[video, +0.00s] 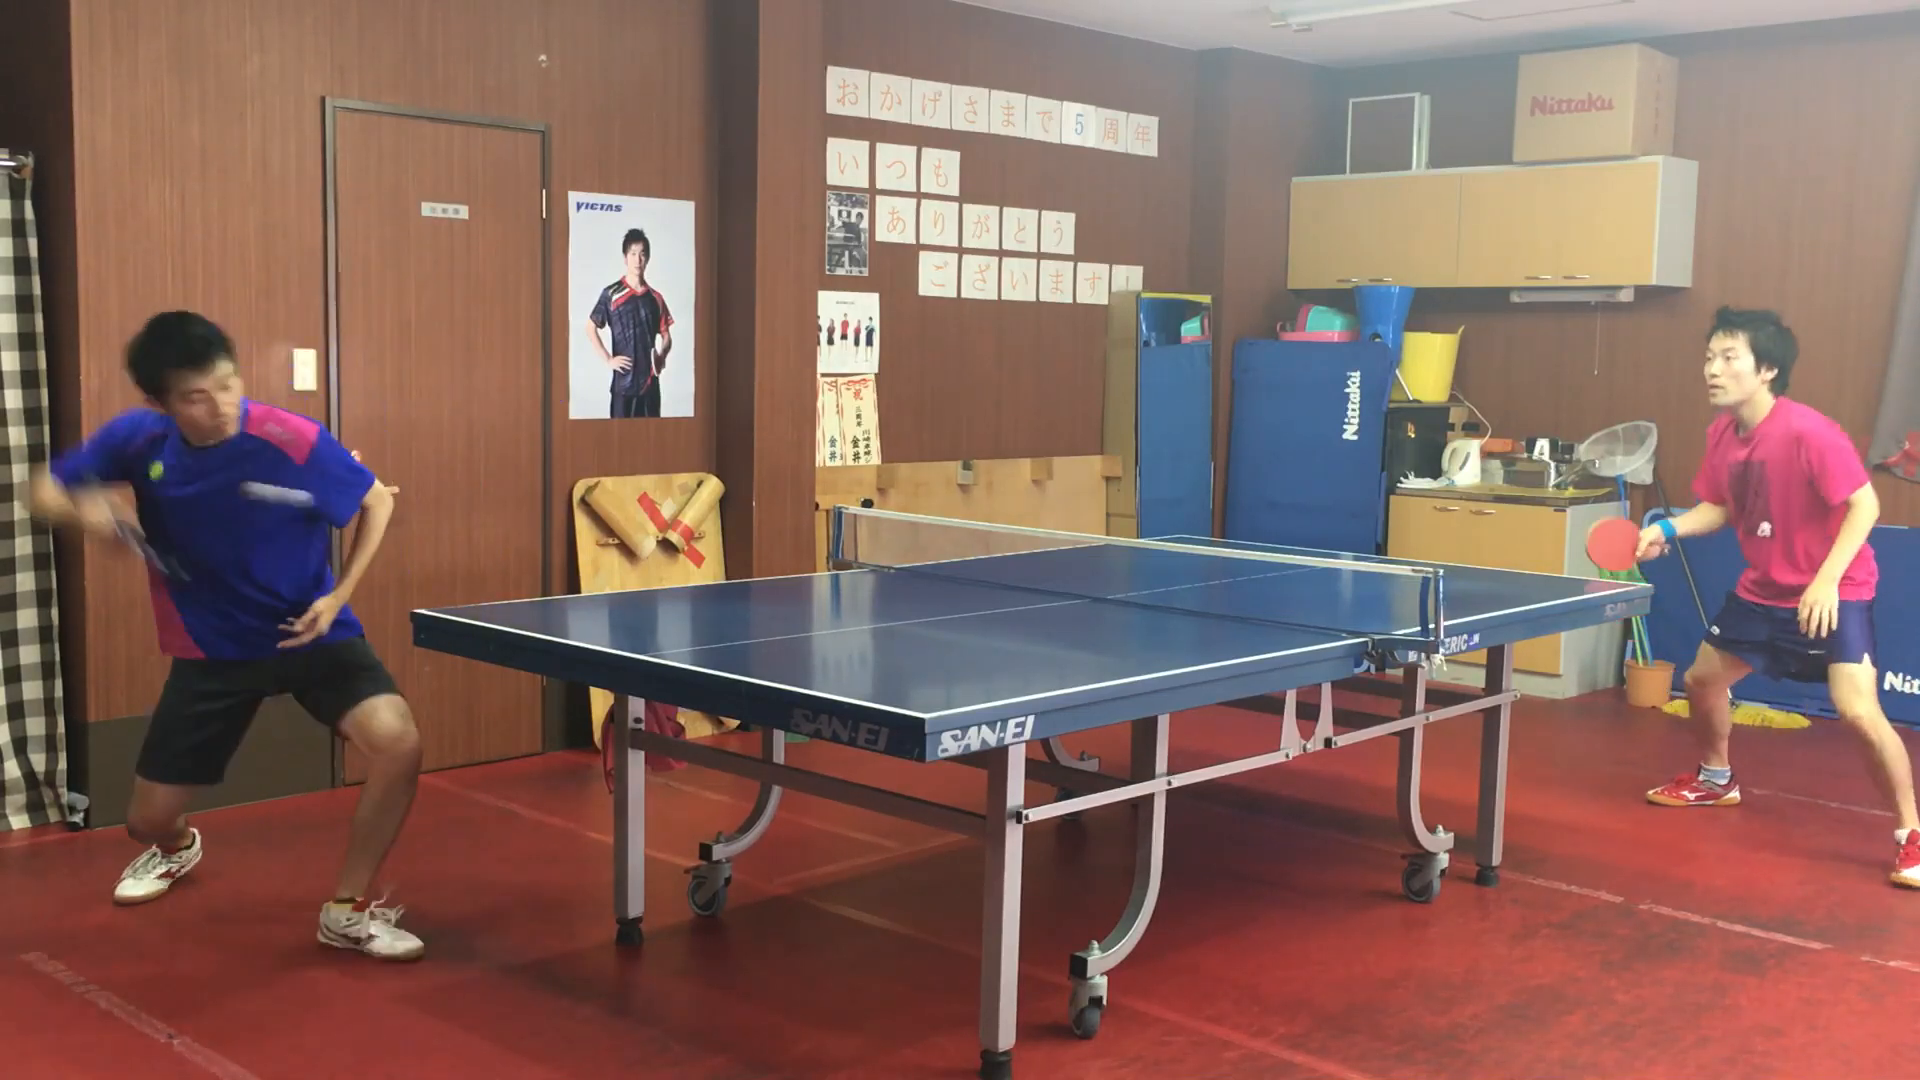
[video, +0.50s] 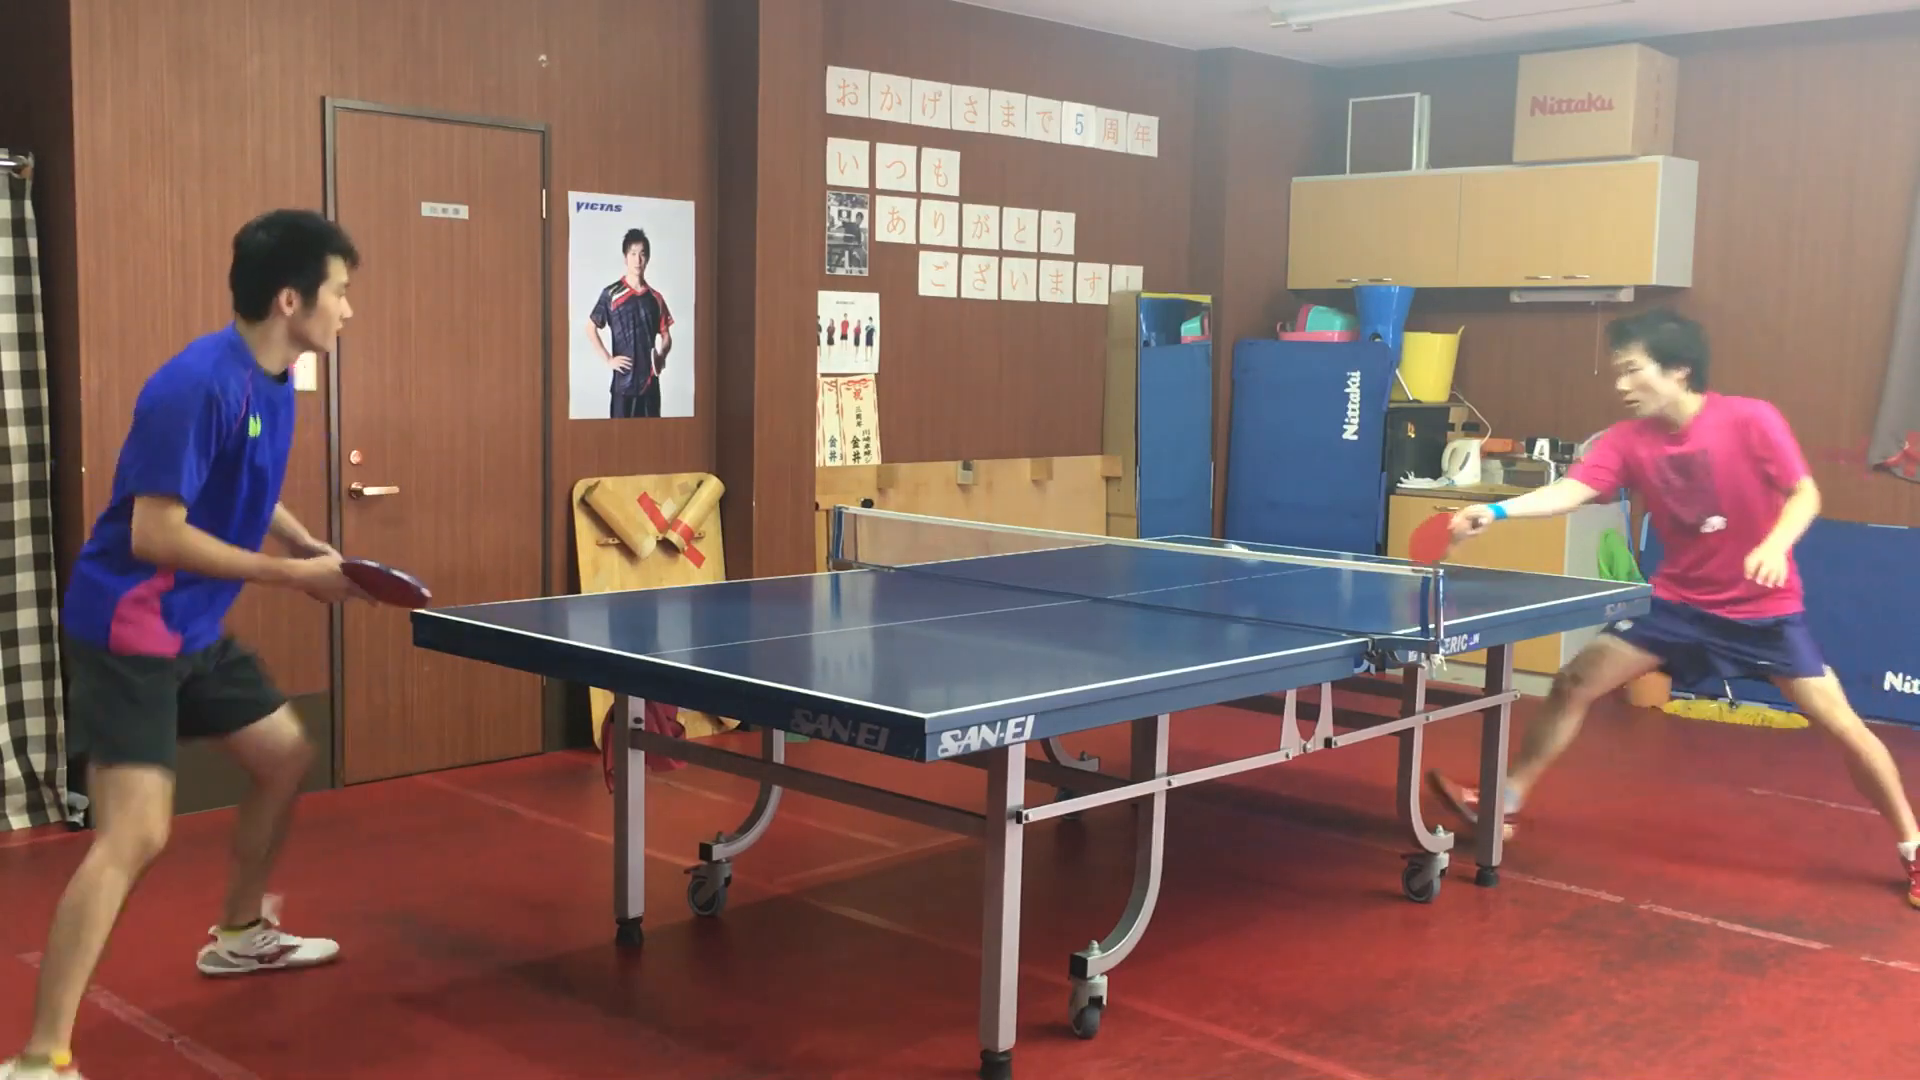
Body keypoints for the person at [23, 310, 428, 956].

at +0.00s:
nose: (218, 407)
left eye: (225, 388)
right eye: (196, 397)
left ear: (238, 374)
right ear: (162, 401)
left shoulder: (290, 439)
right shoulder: (135, 440)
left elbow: (378, 498)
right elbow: (40, 490)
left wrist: (340, 594)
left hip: (313, 638)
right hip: (209, 654)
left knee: (398, 742)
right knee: (150, 817)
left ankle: (348, 907)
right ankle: (178, 849)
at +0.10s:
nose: (291, 389)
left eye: (292, 373)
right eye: (275, 378)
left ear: (296, 368)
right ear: (217, 388)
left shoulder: (322, 429)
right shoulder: (156, 470)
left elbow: (365, 495)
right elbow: (144, 572)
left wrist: (365, 578)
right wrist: (175, 615)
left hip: (329, 644)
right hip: (226, 663)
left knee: (403, 759)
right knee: (184, 825)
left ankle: (354, 906)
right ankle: (166, 849)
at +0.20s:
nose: (345, 358)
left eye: (344, 341)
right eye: (332, 342)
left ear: (283, 354)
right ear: (275, 354)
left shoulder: (329, 417)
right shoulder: (191, 445)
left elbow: (335, 486)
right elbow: (157, 568)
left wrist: (365, 553)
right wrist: (250, 609)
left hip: (317, 638)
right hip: (219, 659)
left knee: (411, 766)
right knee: (209, 844)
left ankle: (354, 909)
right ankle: (158, 825)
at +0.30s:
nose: (365, 325)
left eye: (366, 308)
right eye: (357, 307)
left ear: (309, 316)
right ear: (306, 315)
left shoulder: (324, 391)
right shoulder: (205, 401)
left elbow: (310, 484)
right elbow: (153, 532)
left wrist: (343, 540)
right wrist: (268, 571)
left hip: (288, 618)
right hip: (198, 629)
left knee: (387, 757)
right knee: (220, 822)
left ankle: (353, 908)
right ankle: (133, 853)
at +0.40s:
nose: (364, 300)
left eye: (364, 282)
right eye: (356, 282)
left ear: (308, 284)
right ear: (305, 283)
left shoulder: (306, 368)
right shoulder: (203, 367)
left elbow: (272, 476)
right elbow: (150, 509)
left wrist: (322, 539)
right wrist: (273, 560)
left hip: (239, 600)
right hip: (156, 600)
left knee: (332, 745)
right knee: (190, 795)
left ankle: (323, 911)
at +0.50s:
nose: (348, 311)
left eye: (347, 293)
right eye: (339, 293)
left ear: (290, 302)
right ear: (289, 301)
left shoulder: (279, 382)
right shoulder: (194, 384)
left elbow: (244, 498)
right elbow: (153, 534)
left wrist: (318, 556)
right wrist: (291, 570)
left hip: (195, 624)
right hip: (124, 627)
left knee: (283, 751)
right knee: (134, 830)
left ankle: (239, 930)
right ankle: (41, 1056)